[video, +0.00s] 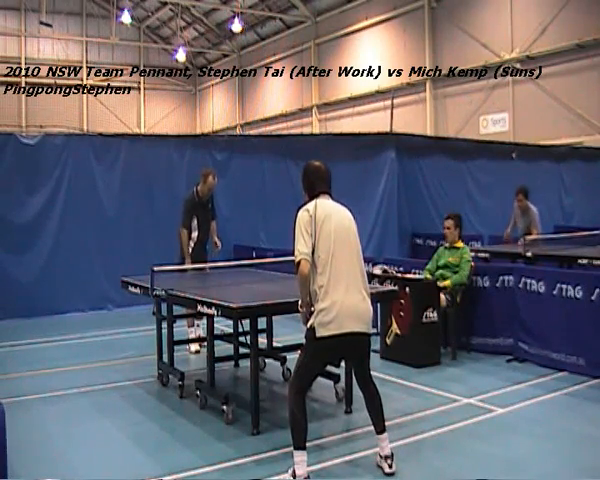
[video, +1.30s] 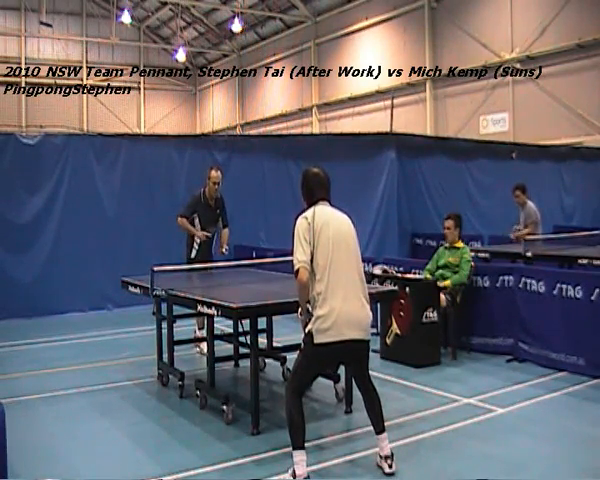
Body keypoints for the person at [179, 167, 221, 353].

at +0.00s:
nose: (211, 190)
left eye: (213, 186)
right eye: (209, 186)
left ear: (213, 185)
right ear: (201, 183)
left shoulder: (210, 197)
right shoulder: (190, 200)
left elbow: (212, 219)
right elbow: (184, 229)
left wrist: (214, 237)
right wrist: (187, 257)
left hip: (203, 247)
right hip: (191, 248)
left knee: (202, 285)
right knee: (189, 290)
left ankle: (198, 327)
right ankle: (191, 330)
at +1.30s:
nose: (216, 187)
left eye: (218, 183)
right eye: (213, 183)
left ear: (221, 183)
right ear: (207, 182)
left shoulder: (219, 200)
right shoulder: (198, 199)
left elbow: (224, 226)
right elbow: (181, 219)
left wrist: (223, 243)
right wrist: (196, 232)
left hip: (209, 250)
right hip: (196, 250)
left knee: (208, 292)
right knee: (199, 293)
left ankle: (201, 333)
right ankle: (200, 332)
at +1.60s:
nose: (215, 188)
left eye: (218, 184)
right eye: (212, 184)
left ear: (220, 184)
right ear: (206, 183)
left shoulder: (219, 200)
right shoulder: (198, 199)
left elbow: (226, 223)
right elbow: (193, 224)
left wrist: (226, 235)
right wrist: (215, 218)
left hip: (209, 252)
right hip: (195, 253)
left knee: (209, 292)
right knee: (199, 294)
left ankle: (198, 325)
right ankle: (200, 332)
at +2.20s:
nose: (220, 191)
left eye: (222, 188)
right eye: (219, 187)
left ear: (219, 188)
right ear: (209, 185)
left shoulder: (208, 200)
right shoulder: (203, 201)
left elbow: (211, 224)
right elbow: (216, 224)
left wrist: (224, 233)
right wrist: (226, 214)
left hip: (202, 252)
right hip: (196, 253)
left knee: (207, 289)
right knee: (203, 294)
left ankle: (199, 322)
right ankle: (202, 334)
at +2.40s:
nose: (222, 190)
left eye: (224, 187)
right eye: (220, 185)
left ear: (223, 187)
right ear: (211, 183)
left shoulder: (217, 202)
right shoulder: (201, 197)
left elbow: (214, 228)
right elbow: (185, 181)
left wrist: (218, 247)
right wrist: (190, 187)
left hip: (204, 249)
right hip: (190, 248)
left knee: (204, 286)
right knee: (193, 288)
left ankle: (199, 325)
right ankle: (192, 328)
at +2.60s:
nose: (217, 183)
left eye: (219, 181)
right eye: (215, 179)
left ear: (221, 182)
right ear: (207, 176)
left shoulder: (216, 198)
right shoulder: (196, 188)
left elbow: (214, 226)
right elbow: (174, 185)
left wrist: (216, 248)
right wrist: (168, 195)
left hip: (204, 248)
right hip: (189, 247)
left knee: (203, 287)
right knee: (185, 288)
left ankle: (198, 324)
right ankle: (180, 329)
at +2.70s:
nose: (214, 186)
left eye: (217, 183)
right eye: (213, 181)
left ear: (218, 183)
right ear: (206, 178)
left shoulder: (213, 201)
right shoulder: (192, 192)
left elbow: (214, 230)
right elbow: (171, 197)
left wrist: (218, 250)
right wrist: (166, 220)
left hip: (204, 253)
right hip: (188, 252)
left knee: (204, 291)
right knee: (183, 293)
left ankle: (198, 325)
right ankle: (179, 332)